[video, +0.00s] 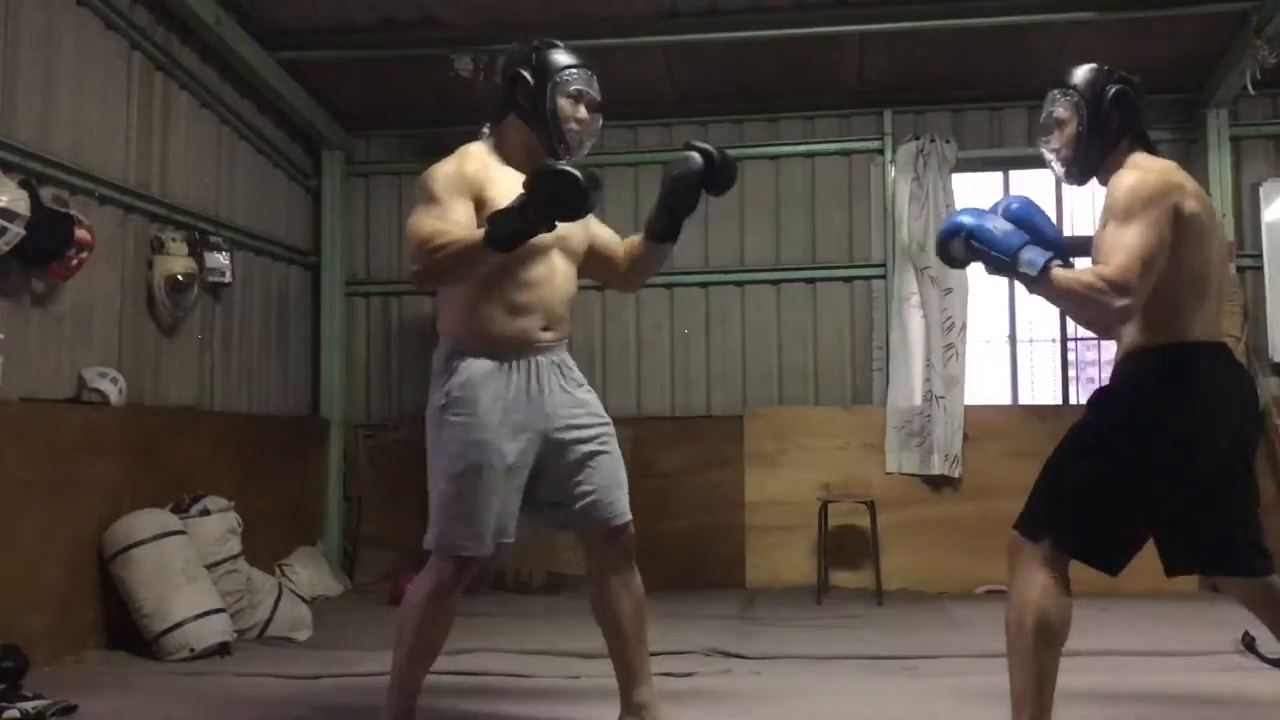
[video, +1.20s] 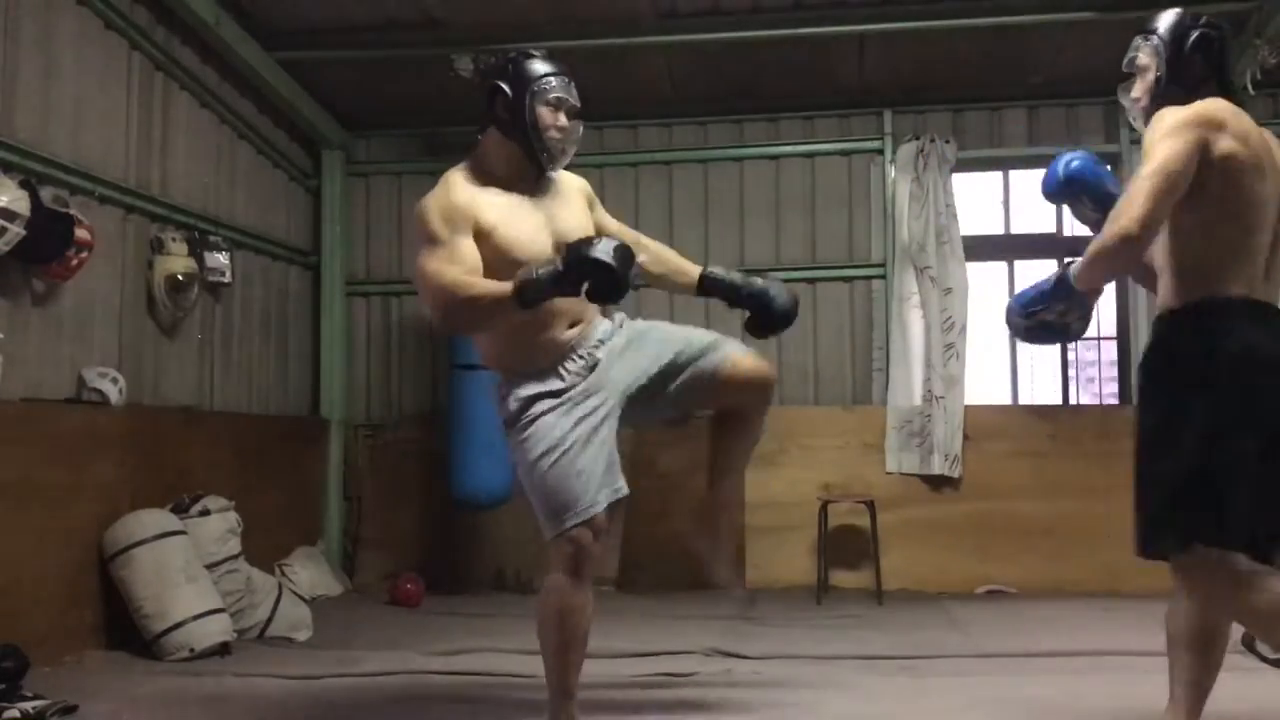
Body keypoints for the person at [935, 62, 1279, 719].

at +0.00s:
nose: (1049, 139)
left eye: (1059, 122)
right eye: (1046, 126)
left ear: (1106, 119)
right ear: (1118, 125)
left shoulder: (1141, 181)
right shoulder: (1174, 183)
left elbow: (1109, 305)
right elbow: (1134, 290)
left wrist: (1023, 260)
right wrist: (1057, 244)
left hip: (1161, 390)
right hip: (1218, 390)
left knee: (1037, 548)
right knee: (1239, 571)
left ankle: (1030, 713)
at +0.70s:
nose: (1021, 123)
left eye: (1029, 106)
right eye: (1021, 108)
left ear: (1069, 103)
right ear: (1099, 106)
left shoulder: (1097, 162)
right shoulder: (1154, 175)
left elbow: (1004, 244)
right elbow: (1146, 300)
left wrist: (957, 175)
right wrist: (1053, 296)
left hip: (1128, 374)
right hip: (1197, 378)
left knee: (1030, 545)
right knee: (1196, 565)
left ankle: (1028, 712)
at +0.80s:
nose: (1040, 113)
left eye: (1048, 96)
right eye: (1038, 98)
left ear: (1087, 92)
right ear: (1118, 95)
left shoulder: (1095, 152)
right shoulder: (1182, 169)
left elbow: (984, 234)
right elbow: (1129, 298)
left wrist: (912, 186)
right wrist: (1046, 268)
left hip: (1129, 358)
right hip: (1202, 364)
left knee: (1035, 538)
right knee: (1142, 554)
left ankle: (1024, 712)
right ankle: (1180, 712)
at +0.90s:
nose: (1061, 105)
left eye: (1070, 89)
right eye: (1061, 90)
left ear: (1108, 91)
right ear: (1139, 93)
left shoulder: (1104, 153)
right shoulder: (1192, 163)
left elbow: (998, 268)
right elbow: (1105, 275)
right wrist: (1035, 219)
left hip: (1152, 343)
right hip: (1225, 356)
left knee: (1033, 520)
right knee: (1152, 550)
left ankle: (985, 704)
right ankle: (1181, 711)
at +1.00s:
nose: (1083, 96)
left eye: (1095, 81)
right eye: (1084, 81)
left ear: (1136, 83)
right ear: (1166, 87)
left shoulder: (1124, 138)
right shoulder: (1227, 159)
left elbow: (1024, 249)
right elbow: (1110, 253)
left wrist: (964, 335)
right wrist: (1040, 200)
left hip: (1168, 326)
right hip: (1252, 345)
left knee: (1042, 499)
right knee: (1197, 555)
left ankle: (1085, 694)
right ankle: (1186, 713)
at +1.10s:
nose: (1107, 92)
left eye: (1116, 74)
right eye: (1108, 76)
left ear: (1150, 68)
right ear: (1188, 73)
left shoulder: (1151, 122)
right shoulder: (1249, 150)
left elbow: (1081, 236)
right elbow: (1151, 269)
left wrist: (1021, 312)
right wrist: (1080, 198)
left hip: (1178, 336)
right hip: (1259, 341)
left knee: (1096, 528)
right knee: (1200, 540)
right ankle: (1181, 712)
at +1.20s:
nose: (1129, 86)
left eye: (1140, 70)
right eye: (1129, 72)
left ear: (1181, 64)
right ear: (1206, 71)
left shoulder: (1184, 119)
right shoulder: (1256, 139)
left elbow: (1128, 236)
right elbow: (1178, 281)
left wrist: (1073, 288)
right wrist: (1107, 216)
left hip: (1202, 348)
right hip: (1251, 345)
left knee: (1204, 557)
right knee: (1201, 559)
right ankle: (1182, 710)